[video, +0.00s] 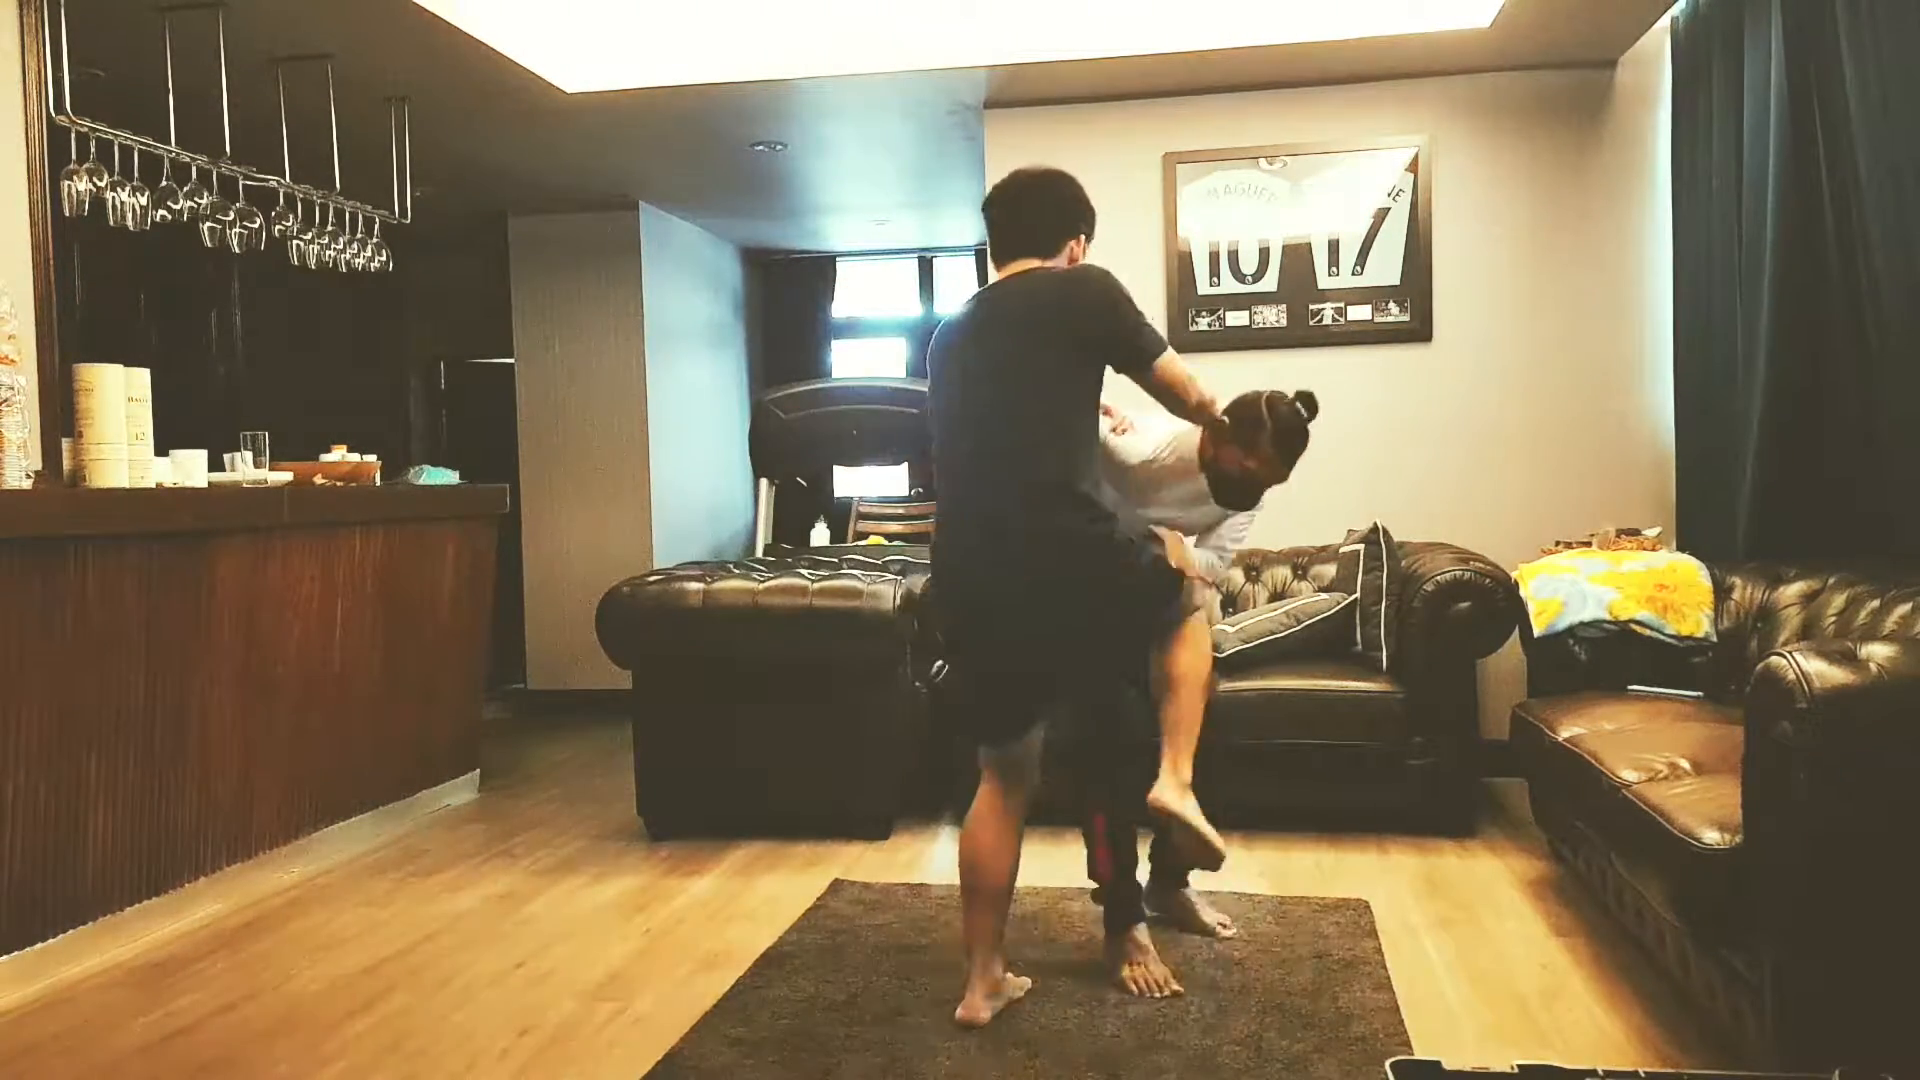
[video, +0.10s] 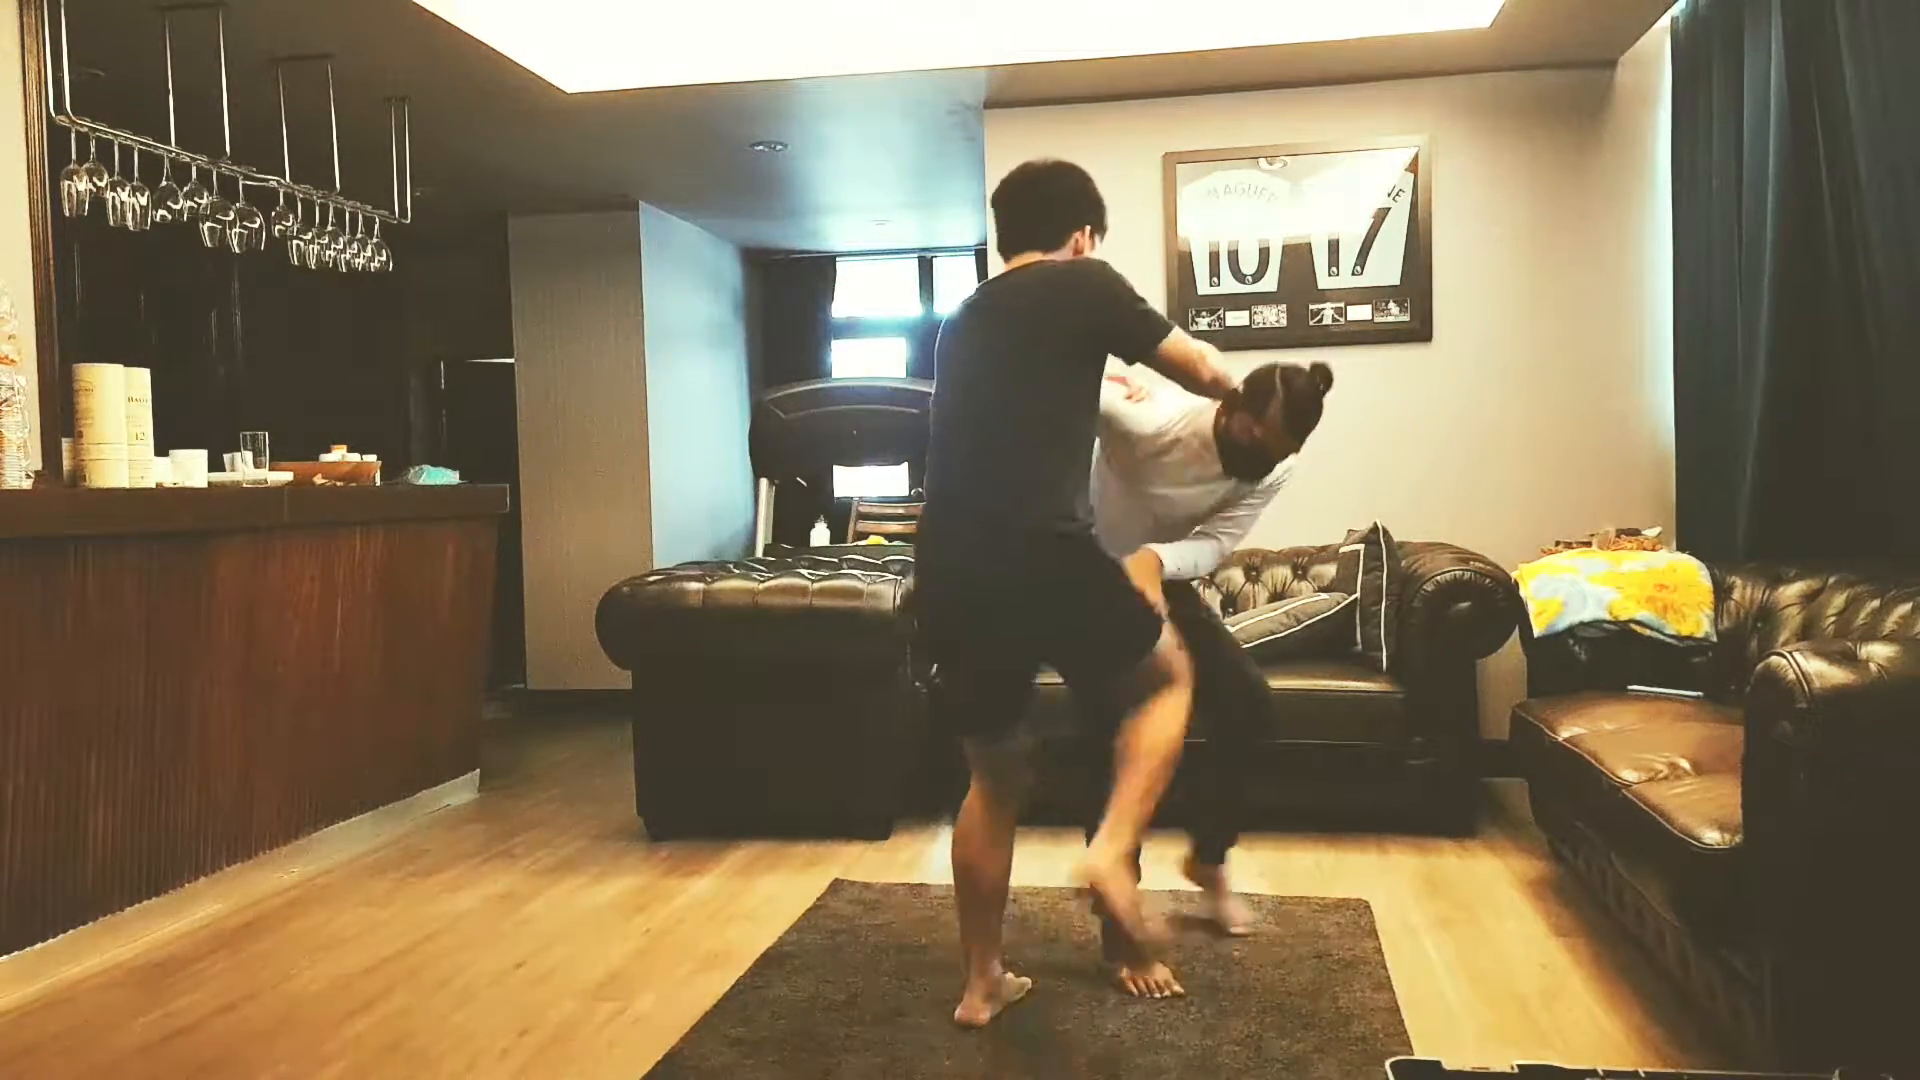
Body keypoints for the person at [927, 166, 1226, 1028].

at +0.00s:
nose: (1087, 259)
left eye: (1086, 250)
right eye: (1087, 248)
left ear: (991, 247)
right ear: (1073, 245)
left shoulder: (952, 332)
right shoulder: (1084, 291)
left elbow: (963, 446)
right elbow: (1187, 395)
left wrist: (1079, 414)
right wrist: (1218, 420)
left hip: (970, 559)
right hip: (1061, 543)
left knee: (1000, 771)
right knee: (1185, 605)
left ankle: (983, 979)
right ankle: (1174, 777)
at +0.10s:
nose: (1098, 253)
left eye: (1098, 243)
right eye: (1098, 242)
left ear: (1005, 241)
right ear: (1080, 237)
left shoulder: (961, 319)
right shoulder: (1085, 286)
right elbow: (1204, 373)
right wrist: (1248, 399)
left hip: (950, 558)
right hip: (1044, 550)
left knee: (992, 773)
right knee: (1165, 677)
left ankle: (981, 980)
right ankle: (1112, 851)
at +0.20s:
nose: (1117, 256)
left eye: (1116, 246)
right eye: (1117, 245)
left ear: (1028, 239)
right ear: (1095, 239)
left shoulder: (984, 311)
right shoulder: (1097, 288)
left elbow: (1046, 372)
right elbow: (1226, 354)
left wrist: (1135, 352)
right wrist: (1213, 351)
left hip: (939, 555)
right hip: (1029, 554)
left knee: (990, 784)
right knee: (1093, 774)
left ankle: (976, 959)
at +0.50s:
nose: (1149, 325)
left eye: (1153, 312)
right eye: (1151, 306)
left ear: (1065, 277)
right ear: (1122, 282)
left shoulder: (1015, 329)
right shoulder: (1097, 327)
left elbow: (1050, 438)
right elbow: (1200, 424)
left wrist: (1138, 462)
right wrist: (1267, 432)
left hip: (924, 576)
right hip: (998, 575)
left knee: (1015, 775)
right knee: (1149, 744)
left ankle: (960, 978)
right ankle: (1028, 918)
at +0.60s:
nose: (1137, 324)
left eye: (1144, 311)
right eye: (1142, 304)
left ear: (1059, 269)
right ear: (1115, 276)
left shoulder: (1005, 324)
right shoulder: (1084, 321)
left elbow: (1024, 426)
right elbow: (1151, 432)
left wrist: (1108, 469)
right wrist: (1245, 465)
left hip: (930, 571)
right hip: (1011, 561)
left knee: (1018, 774)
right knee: (1199, 639)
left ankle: (970, 977)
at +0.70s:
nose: (1139, 312)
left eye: (1146, 297)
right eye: (1143, 291)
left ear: (1063, 262)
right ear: (1112, 266)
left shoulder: (1005, 319)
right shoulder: (1074, 315)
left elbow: (1020, 436)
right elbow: (1136, 424)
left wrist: (1100, 470)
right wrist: (1237, 463)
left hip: (927, 571)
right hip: (1003, 564)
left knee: (1008, 767)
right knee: (1185, 639)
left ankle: (967, 979)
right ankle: (1085, 799)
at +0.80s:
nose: (1146, 302)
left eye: (1152, 286)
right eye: (1148, 281)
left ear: (1076, 255)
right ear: (1112, 255)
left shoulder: (1007, 306)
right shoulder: (1071, 305)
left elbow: (1044, 422)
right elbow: (1144, 407)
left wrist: (1122, 459)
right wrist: (1243, 434)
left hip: (914, 560)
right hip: (978, 562)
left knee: (985, 768)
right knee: (1100, 747)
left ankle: (965, 978)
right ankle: (909, 845)